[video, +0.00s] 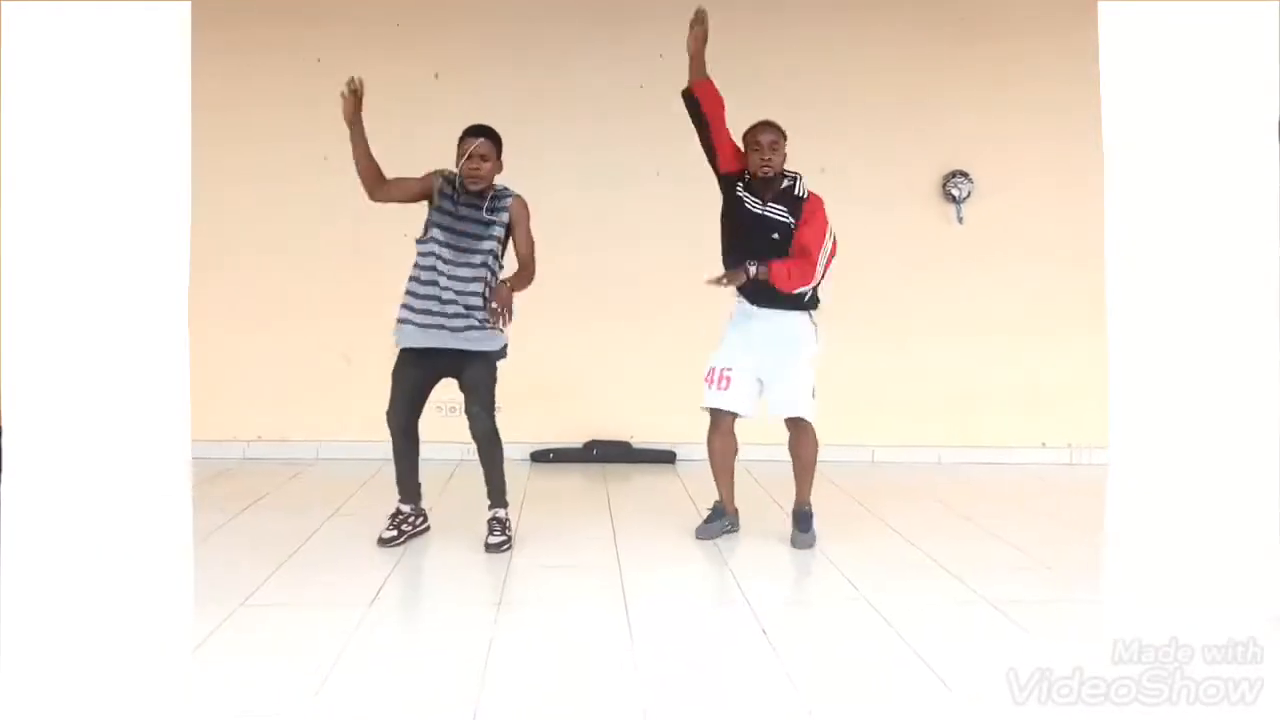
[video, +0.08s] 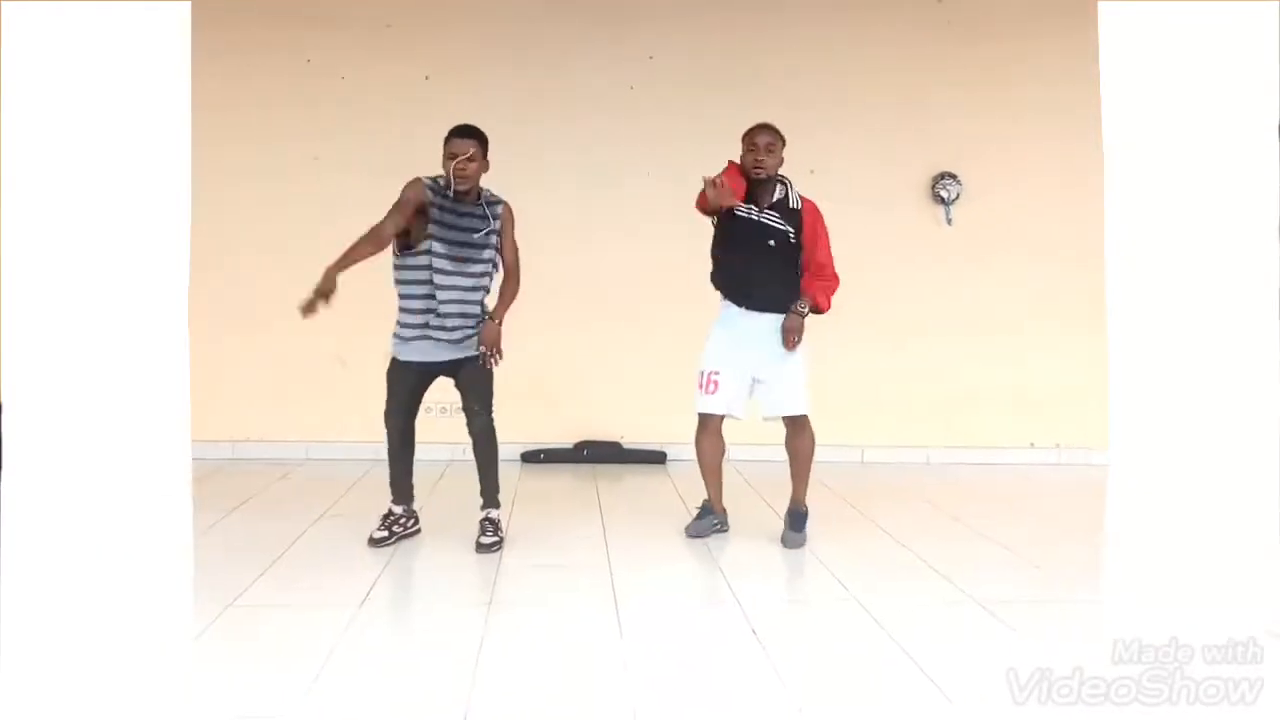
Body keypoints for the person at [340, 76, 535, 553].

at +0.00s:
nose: (474, 163)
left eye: (483, 157)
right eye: (467, 156)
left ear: (498, 164)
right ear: (458, 160)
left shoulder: (511, 206)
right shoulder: (438, 186)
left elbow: (526, 270)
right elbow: (377, 188)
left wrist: (507, 286)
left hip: (476, 336)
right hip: (423, 332)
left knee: (481, 422)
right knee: (399, 419)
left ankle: (497, 512)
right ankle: (410, 509)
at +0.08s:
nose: (459, 166)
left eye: (469, 159)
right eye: (452, 158)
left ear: (485, 163)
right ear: (443, 160)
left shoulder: (498, 211)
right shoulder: (420, 192)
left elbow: (511, 273)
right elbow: (381, 235)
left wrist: (495, 319)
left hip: (470, 340)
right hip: (415, 339)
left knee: (480, 420)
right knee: (397, 419)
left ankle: (490, 512)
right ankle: (403, 510)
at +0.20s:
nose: (436, 157)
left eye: (445, 150)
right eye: (428, 150)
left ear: (461, 156)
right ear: (418, 154)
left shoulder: (478, 201)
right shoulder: (402, 199)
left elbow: (486, 265)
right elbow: (446, 254)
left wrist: (469, 322)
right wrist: (512, 294)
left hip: (458, 335)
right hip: (405, 335)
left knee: (469, 419)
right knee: (388, 417)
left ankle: (481, 509)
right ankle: (395, 508)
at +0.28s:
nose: (415, 160)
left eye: (424, 153)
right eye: (408, 152)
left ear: (441, 158)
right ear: (399, 156)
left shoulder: (460, 207)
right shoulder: (390, 190)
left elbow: (466, 271)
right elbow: (449, 222)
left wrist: (456, 326)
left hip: (456, 335)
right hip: (403, 337)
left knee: (468, 418)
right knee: (379, 419)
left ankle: (478, 510)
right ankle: (389, 510)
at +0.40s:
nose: (412, 168)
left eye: (422, 162)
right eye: (405, 159)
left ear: (436, 166)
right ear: (393, 160)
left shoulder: (452, 206)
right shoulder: (376, 190)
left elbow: (469, 270)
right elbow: (412, 219)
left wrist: (465, 323)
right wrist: (476, 200)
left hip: (457, 335)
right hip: (405, 340)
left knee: (473, 417)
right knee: (383, 422)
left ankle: (484, 509)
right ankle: (393, 511)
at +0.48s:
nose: (416, 168)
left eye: (425, 161)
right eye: (408, 160)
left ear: (439, 165)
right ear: (396, 161)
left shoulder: (456, 210)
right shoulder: (374, 201)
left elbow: (482, 269)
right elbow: (320, 233)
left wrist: (474, 320)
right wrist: (371, 225)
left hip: (451, 336)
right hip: (400, 342)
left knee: (470, 416)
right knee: (383, 424)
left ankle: (488, 508)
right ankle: (396, 511)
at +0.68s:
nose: (406, 169)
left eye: (416, 161)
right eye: (403, 160)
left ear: (440, 163)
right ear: (400, 163)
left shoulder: (466, 213)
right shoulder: (396, 201)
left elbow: (496, 273)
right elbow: (331, 197)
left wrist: (480, 316)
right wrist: (386, 179)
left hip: (457, 337)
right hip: (410, 341)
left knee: (483, 416)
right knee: (400, 419)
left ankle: (528, 502)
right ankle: (416, 509)